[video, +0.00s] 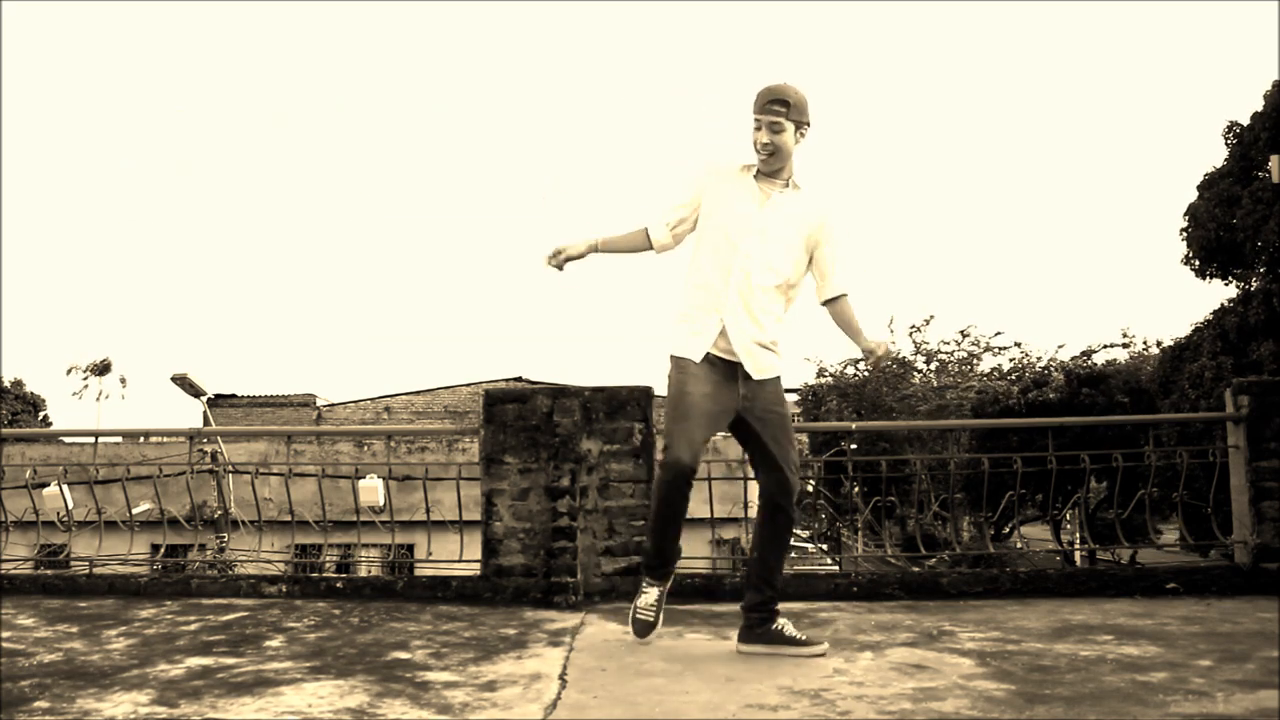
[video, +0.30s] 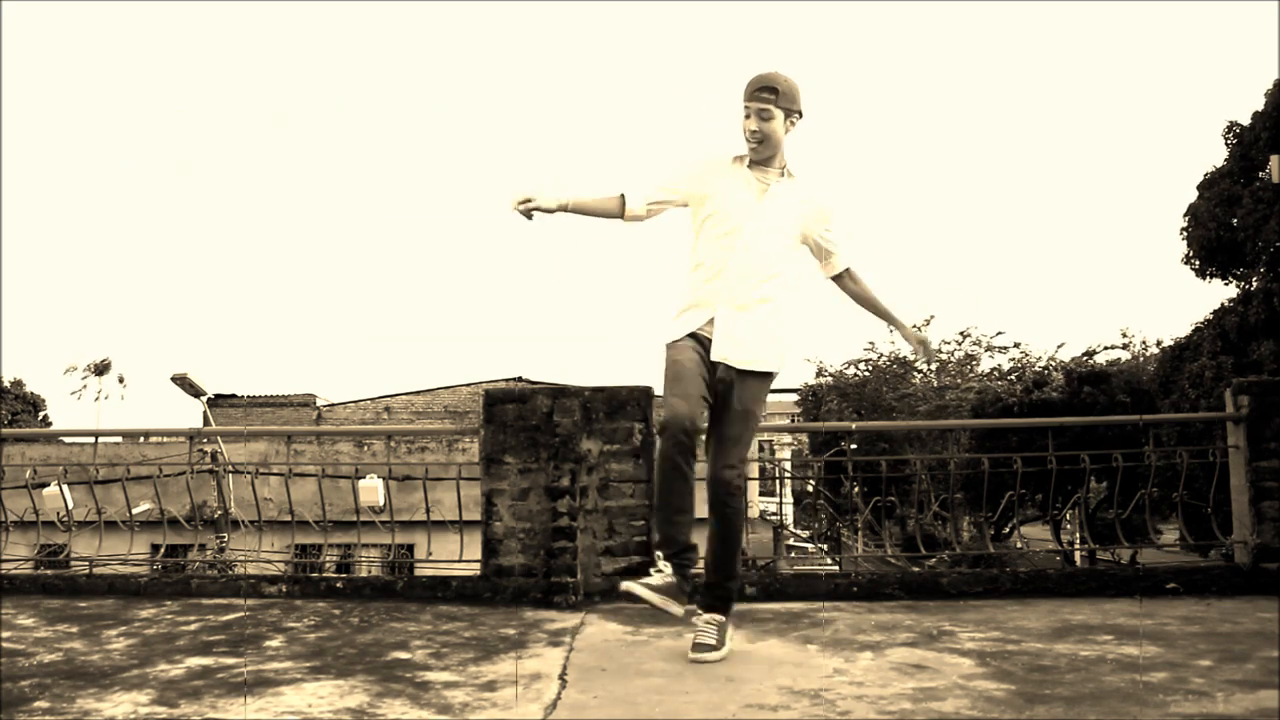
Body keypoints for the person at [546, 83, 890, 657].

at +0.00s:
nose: (764, 136)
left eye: (776, 128)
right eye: (758, 126)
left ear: (799, 135)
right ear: (750, 130)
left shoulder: (811, 216)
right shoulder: (718, 182)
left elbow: (834, 294)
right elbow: (660, 234)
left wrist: (867, 342)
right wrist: (588, 246)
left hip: (761, 363)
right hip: (699, 352)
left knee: (783, 486)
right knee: (679, 462)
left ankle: (759, 620)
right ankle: (655, 579)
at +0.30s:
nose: (751, 124)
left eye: (764, 116)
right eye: (747, 114)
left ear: (790, 123)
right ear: (741, 118)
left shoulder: (804, 201)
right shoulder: (712, 175)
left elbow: (842, 272)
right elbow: (632, 204)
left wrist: (897, 321)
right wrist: (558, 204)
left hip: (756, 342)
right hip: (695, 329)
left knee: (728, 475)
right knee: (677, 422)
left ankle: (716, 612)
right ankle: (674, 563)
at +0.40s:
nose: (743, 120)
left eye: (754, 111)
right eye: (737, 112)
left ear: (784, 118)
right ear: (733, 118)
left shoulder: (804, 202)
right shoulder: (708, 175)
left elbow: (865, 259)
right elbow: (634, 205)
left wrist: (934, 289)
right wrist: (558, 201)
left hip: (755, 347)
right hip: (698, 335)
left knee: (733, 473)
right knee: (730, 455)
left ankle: (643, 591)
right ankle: (727, 600)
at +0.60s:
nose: (749, 142)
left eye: (760, 133)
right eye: (743, 133)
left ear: (788, 141)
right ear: (738, 142)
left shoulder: (812, 216)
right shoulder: (717, 197)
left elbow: (858, 288)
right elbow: (653, 240)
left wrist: (867, 254)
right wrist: (578, 236)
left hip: (762, 367)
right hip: (711, 355)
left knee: (801, 491)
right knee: (760, 481)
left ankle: (687, 576)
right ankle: (763, 633)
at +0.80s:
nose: (768, 143)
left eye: (780, 135)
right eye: (763, 133)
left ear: (803, 146)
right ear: (753, 139)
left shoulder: (812, 217)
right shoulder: (722, 197)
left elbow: (822, 296)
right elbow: (687, 271)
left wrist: (824, 361)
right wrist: (664, 330)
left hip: (787, 351)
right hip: (721, 346)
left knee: (798, 477)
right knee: (720, 468)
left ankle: (797, 596)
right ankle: (720, 617)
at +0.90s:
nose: (765, 119)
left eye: (777, 111)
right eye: (762, 109)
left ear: (798, 125)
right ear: (753, 119)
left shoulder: (806, 201)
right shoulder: (717, 188)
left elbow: (810, 277)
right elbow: (694, 265)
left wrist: (805, 341)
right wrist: (692, 329)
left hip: (778, 334)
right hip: (718, 330)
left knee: (782, 449)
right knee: (713, 439)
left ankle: (784, 580)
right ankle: (695, 576)